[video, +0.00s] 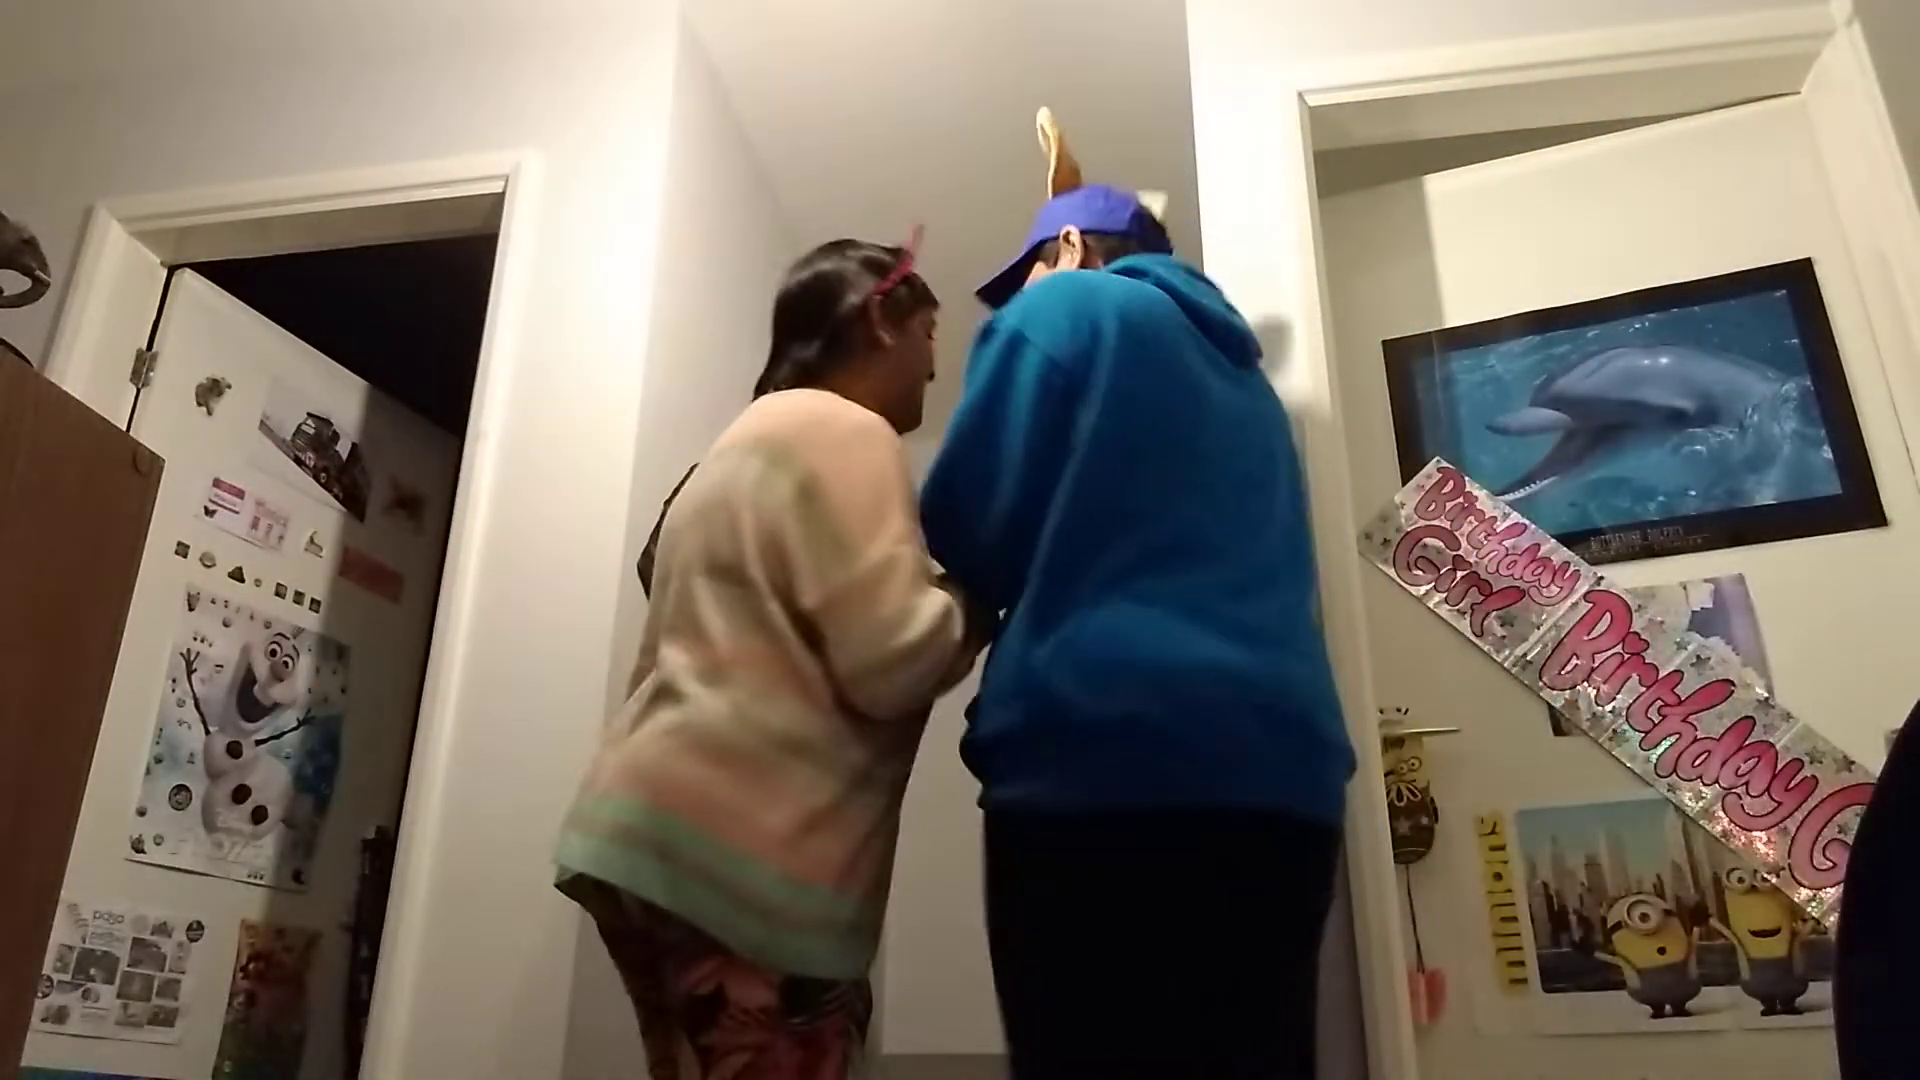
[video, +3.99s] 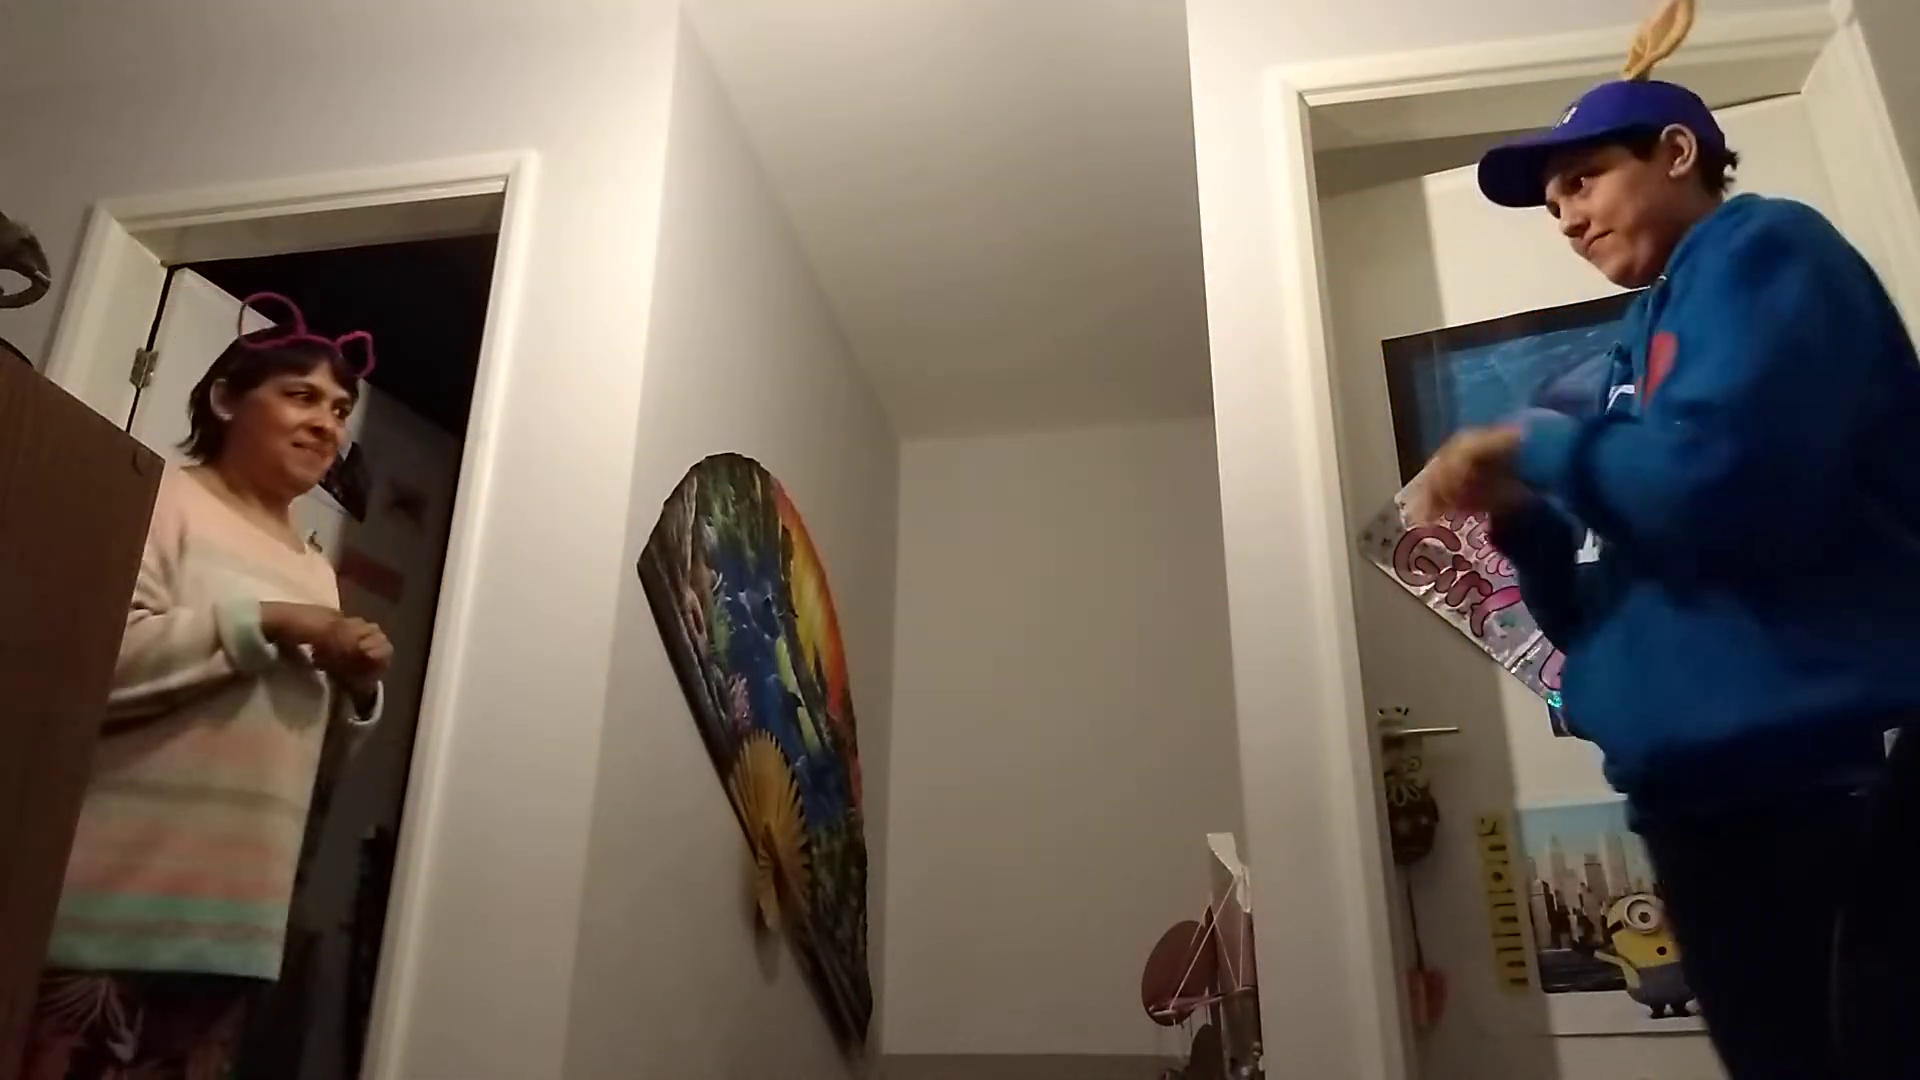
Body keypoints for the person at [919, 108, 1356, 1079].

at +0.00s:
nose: (1020, 297)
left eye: (1026, 277)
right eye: (1020, 284)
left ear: (1067, 250)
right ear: (1158, 255)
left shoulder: (1058, 311)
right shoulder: (1246, 377)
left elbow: (964, 530)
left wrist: (1002, 600)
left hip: (1091, 760)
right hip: (1280, 770)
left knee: (1080, 1050)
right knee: (1255, 1054)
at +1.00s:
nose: (1026, 288)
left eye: (1030, 275)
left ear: (1044, 279)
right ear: (1155, 262)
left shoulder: (992, 360)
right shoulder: (1241, 366)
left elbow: (938, 519)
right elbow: (1286, 517)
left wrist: (985, 619)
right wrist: (1209, 605)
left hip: (989, 719)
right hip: (1222, 722)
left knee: (1008, 1027)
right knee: (1219, 1023)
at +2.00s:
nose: (1332, 182)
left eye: (1335, 163)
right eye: (1316, 155)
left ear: (1229, 157)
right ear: (1241, 149)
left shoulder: (1177, 256)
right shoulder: (1272, 221)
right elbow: (1462, 380)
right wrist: (1455, 326)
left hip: (1146, 683)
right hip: (1248, 678)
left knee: (1224, 1023)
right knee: (1305, 1027)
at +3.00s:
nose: (1557, 151)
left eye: (1572, 129)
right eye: (1514, 135)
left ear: (1598, 155)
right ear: (1462, 189)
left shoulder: (1626, 283)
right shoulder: (1500, 276)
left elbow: (1840, 489)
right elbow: (1659, 388)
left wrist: (1794, 322)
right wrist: (1770, 271)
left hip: (1757, 714)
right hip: (1659, 738)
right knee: (1801, 1031)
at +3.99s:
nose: (1566, 217)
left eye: (1583, 180)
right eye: (1554, 203)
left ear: (1676, 154)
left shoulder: (1767, 249)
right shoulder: (1626, 353)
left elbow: (1712, 481)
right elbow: (1592, 622)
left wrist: (1525, 446)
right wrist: (1518, 516)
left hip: (1818, 780)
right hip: (1702, 797)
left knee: (1836, 1053)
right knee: (1772, 1054)